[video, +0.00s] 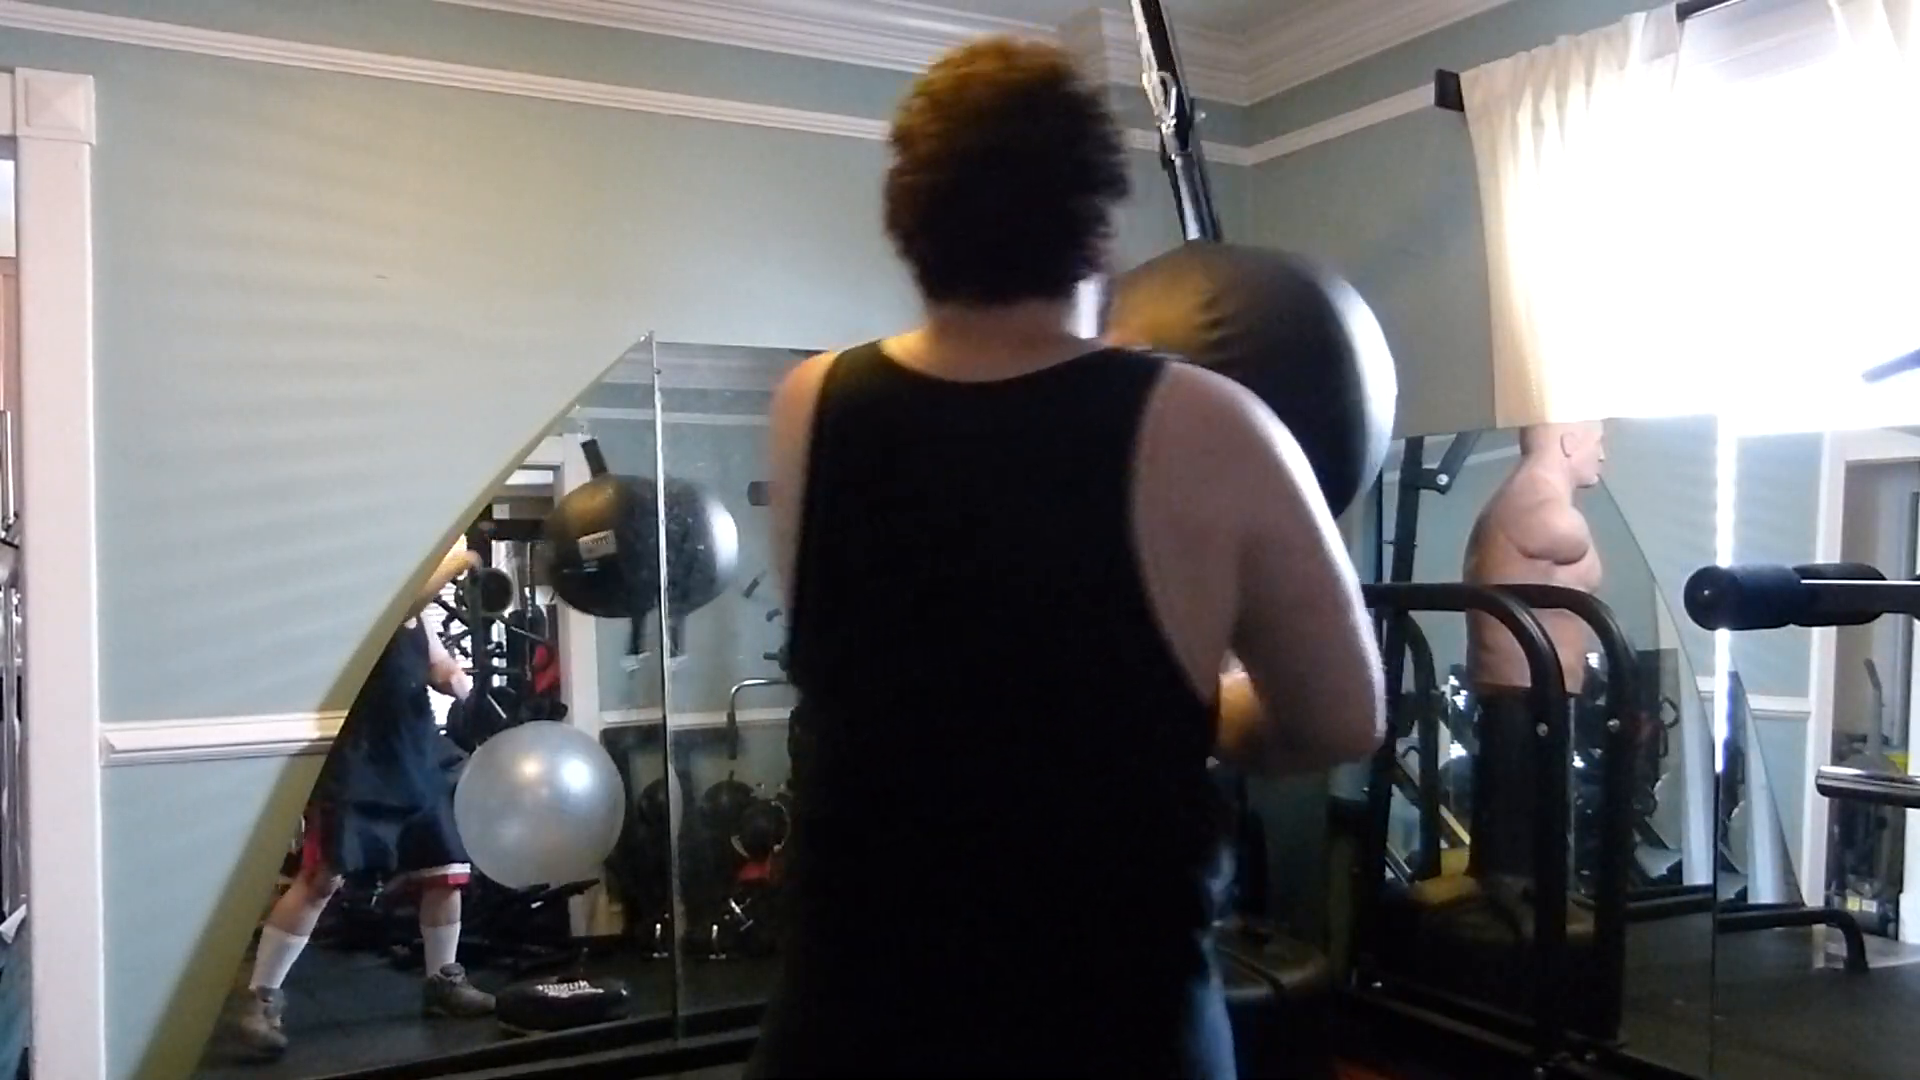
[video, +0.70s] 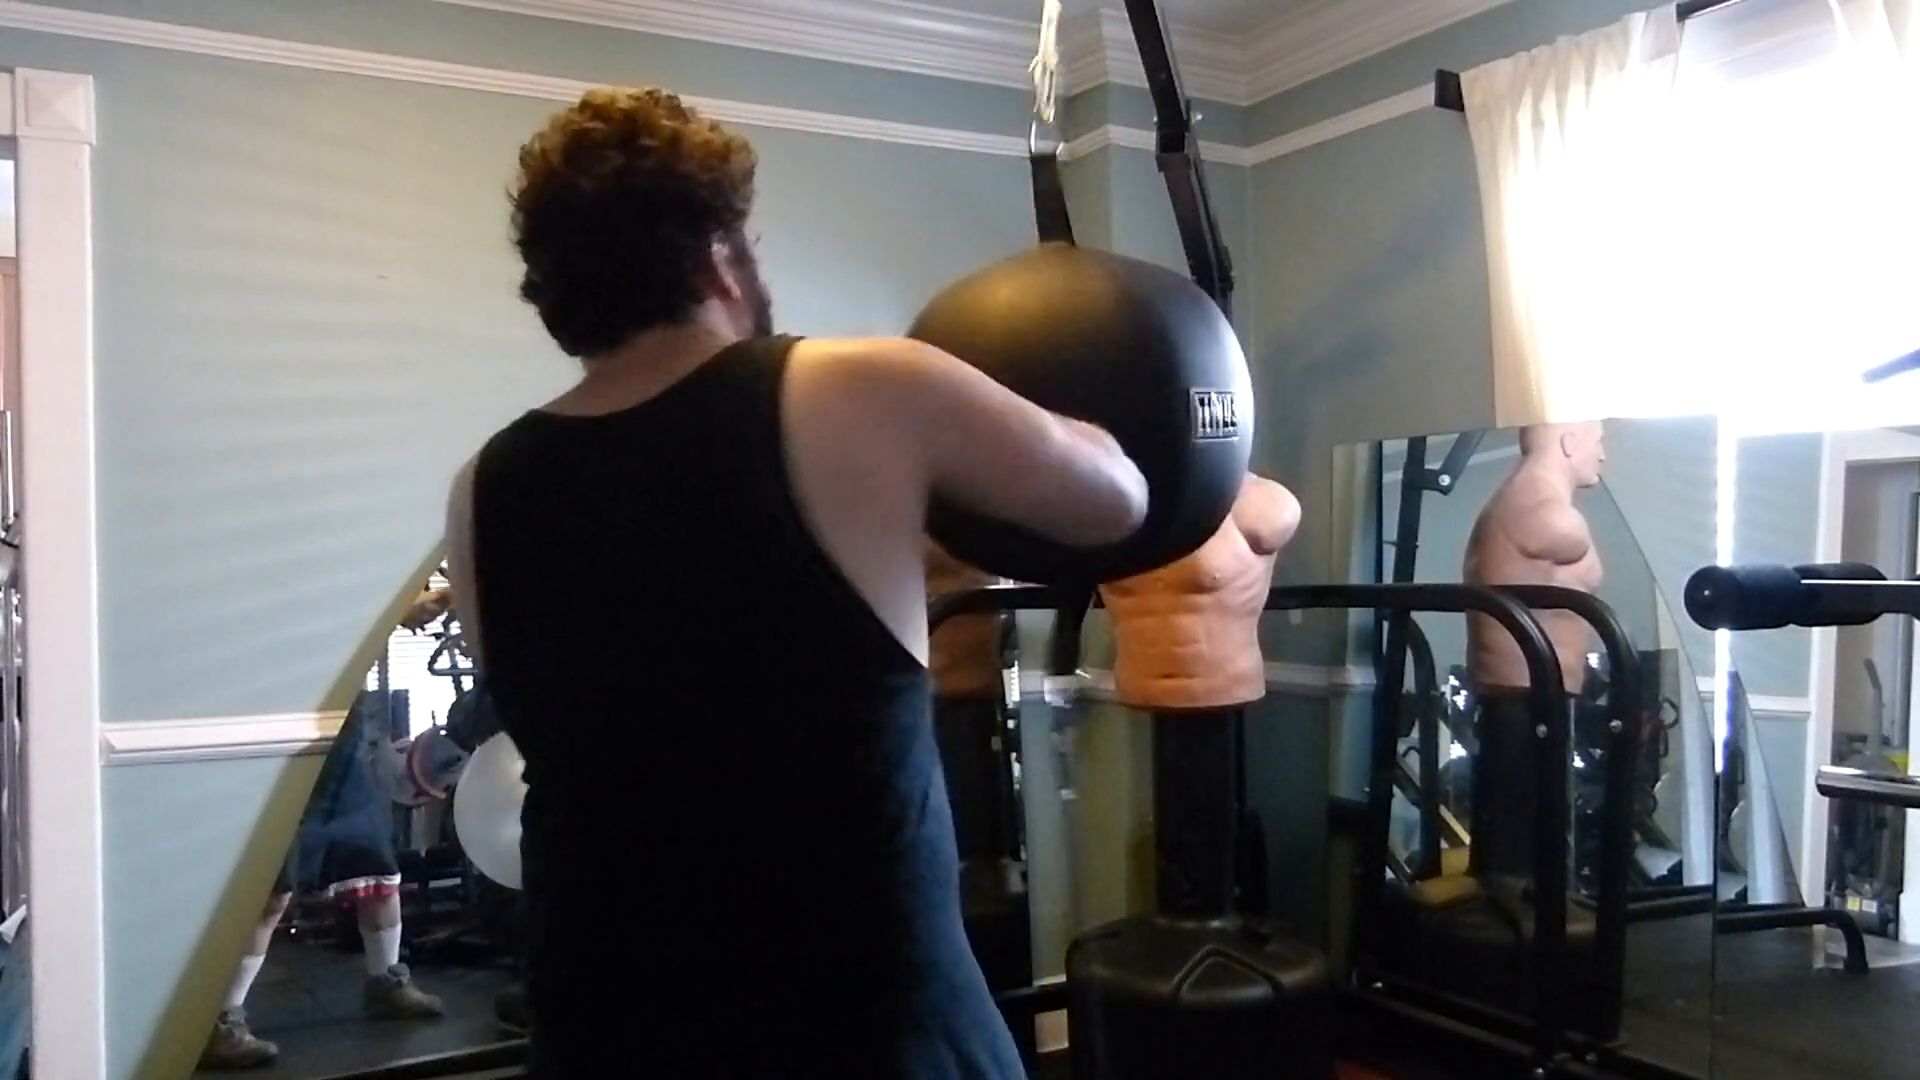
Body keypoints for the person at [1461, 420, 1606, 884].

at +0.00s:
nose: (1603, 456)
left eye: (1603, 442)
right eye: (1598, 441)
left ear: (1556, 441)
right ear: (1567, 442)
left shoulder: (1512, 501)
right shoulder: (1538, 500)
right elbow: (1593, 575)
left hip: (1510, 696)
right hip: (1529, 699)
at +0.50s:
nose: (1604, 455)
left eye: (1603, 440)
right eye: (1598, 439)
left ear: (1558, 441)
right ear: (1567, 441)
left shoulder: (1517, 497)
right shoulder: (1538, 499)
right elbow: (1593, 573)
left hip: (1514, 694)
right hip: (1528, 698)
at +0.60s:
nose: (1604, 455)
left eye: (1603, 440)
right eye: (1599, 438)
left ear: (1557, 440)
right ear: (1567, 441)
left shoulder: (1514, 498)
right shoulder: (1538, 497)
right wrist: (1588, 550)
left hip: (1512, 699)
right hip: (1528, 702)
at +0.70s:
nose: (1604, 455)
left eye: (1603, 441)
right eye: (1598, 439)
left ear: (1557, 441)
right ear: (1567, 441)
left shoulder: (1515, 497)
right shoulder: (1537, 495)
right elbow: (1552, 538)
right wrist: (1587, 549)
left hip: (1513, 695)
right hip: (1529, 698)